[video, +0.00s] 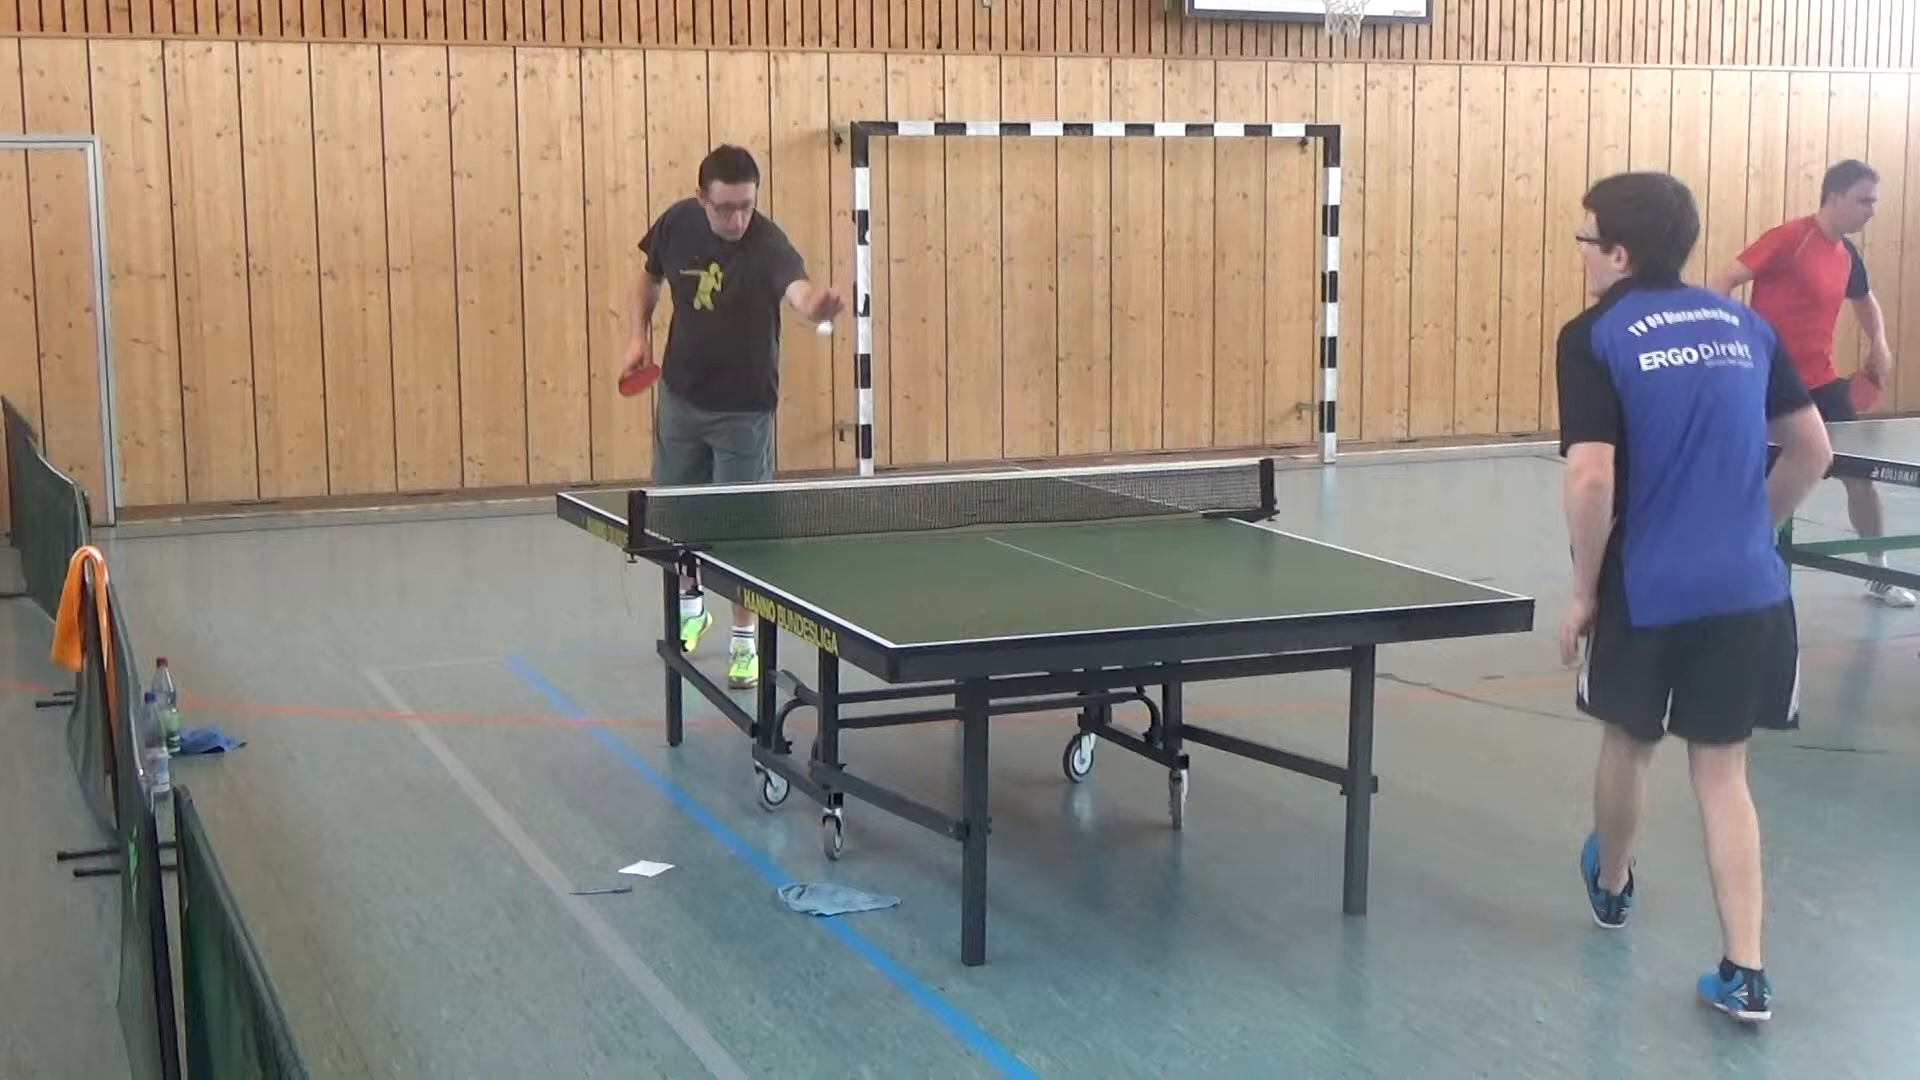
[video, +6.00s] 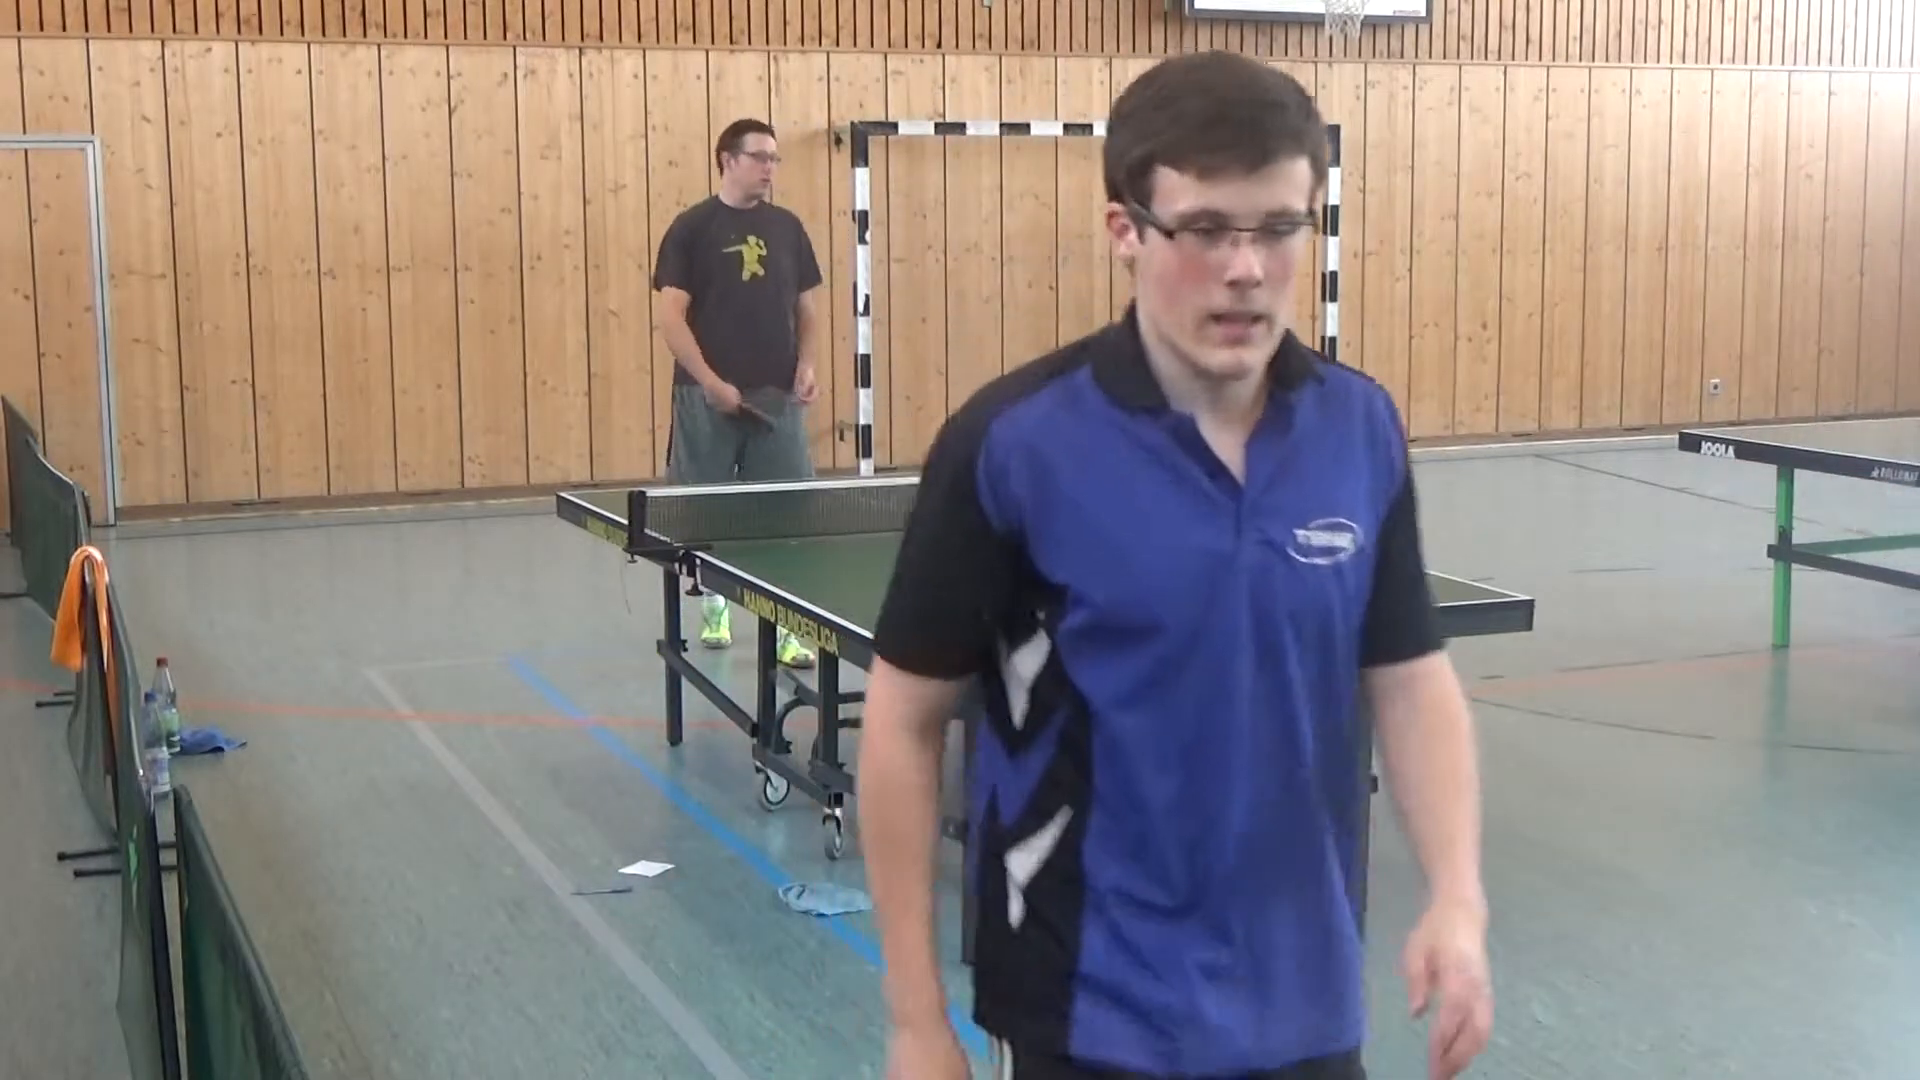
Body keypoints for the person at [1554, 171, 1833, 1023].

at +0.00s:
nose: (1579, 254)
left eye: (1588, 243)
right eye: (1582, 239)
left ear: (1624, 251)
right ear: (1673, 248)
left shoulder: (1591, 337)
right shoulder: (1747, 324)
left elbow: (1592, 475)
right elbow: (1811, 449)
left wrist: (1583, 590)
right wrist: (1754, 525)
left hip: (1646, 591)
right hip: (1747, 588)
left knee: (1627, 742)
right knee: (1724, 769)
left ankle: (1611, 882)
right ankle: (1746, 972)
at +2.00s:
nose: (1247, 307)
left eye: (1251, 295)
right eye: (1251, 293)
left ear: (1269, 304)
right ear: (1350, 313)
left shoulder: (1238, 372)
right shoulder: (1403, 405)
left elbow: (1193, 512)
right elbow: (1446, 575)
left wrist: (1192, 651)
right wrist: (1365, 573)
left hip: (1271, 670)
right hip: (1382, 678)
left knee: (1138, 856)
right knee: (1374, 825)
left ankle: (1068, 1069)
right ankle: (1441, 1026)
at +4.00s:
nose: (1157, 333)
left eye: (1166, 314)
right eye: (1157, 315)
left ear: (1224, 316)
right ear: (1233, 316)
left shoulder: (1273, 403)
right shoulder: (1285, 396)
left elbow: (1276, 589)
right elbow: (1115, 499)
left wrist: (1185, 569)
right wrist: (956, 499)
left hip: (1318, 730)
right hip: (1403, 718)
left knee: (1130, 921)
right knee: (1422, 909)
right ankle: (1541, 1071)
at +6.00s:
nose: (1247, 268)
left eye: (1280, 228)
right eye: (1205, 228)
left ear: (1311, 231)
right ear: (1125, 234)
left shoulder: (1356, 429)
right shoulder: (1004, 450)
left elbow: (1411, 679)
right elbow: (903, 722)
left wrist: (1457, 900)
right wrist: (916, 1018)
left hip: (1302, 994)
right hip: (1096, 1014)